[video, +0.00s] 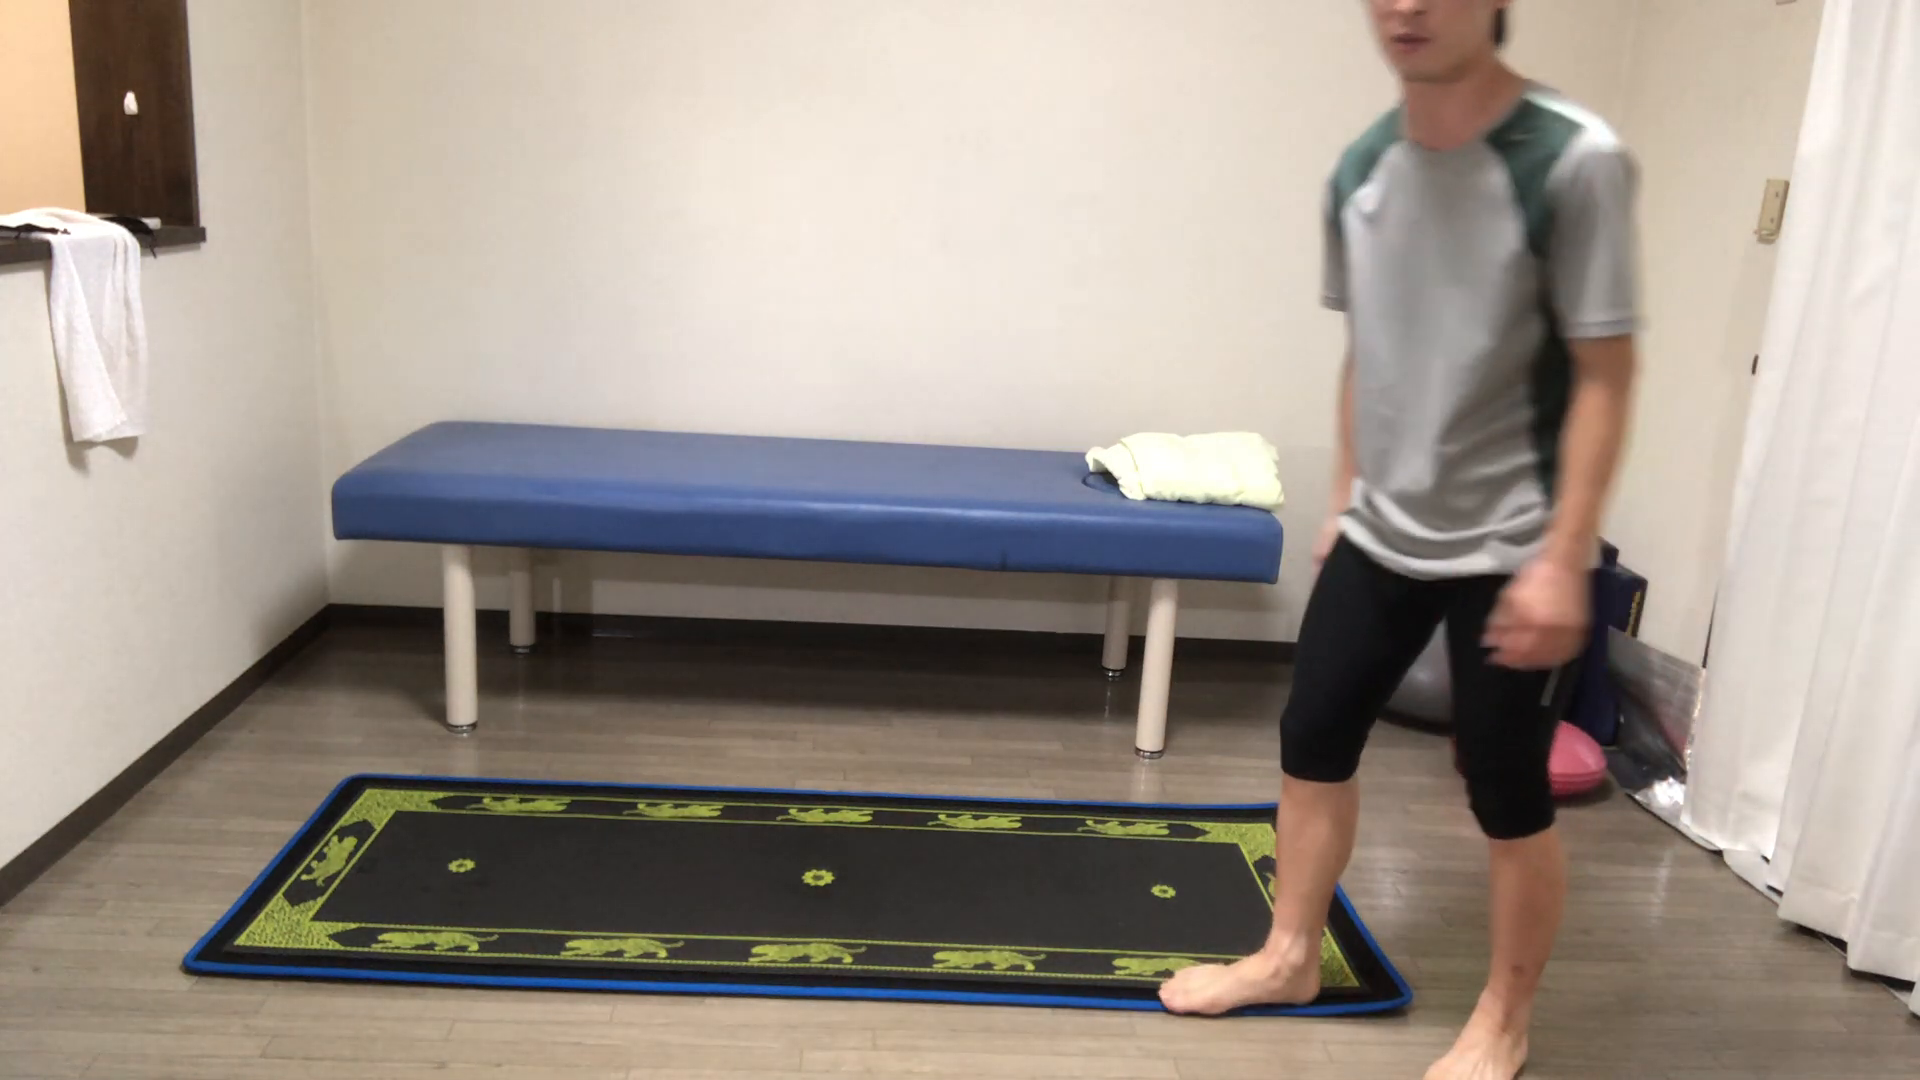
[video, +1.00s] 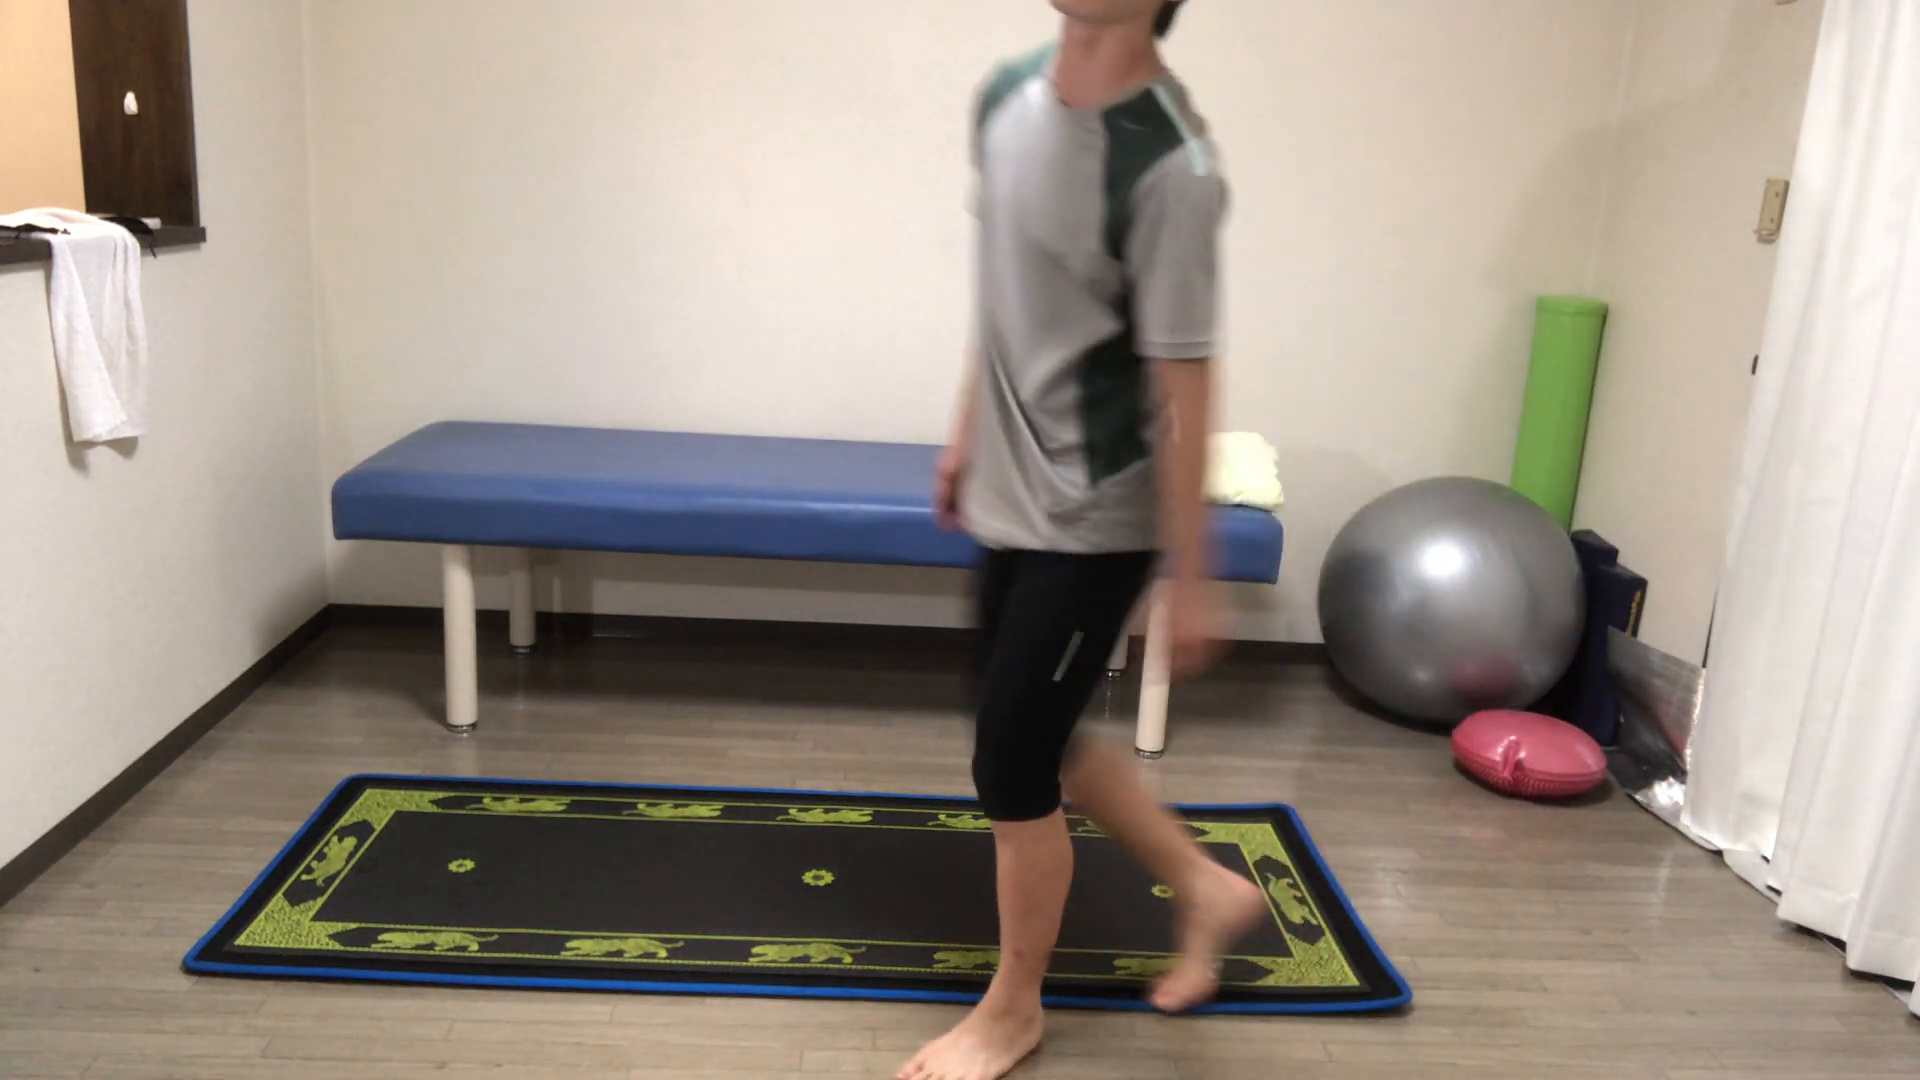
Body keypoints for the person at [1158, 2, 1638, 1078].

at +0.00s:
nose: (1402, 8)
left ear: (1494, 7)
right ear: (1370, 12)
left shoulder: (1574, 159)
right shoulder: (1362, 167)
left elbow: (1604, 375)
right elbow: (1364, 354)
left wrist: (1566, 556)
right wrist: (1345, 505)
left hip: (1513, 538)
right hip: (1386, 523)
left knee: (1506, 789)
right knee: (1314, 735)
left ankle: (1504, 1021)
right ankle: (1290, 956)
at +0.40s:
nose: (1233, 11)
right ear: (1201, 12)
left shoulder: (1408, 126)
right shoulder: (1229, 163)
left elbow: (1471, 328)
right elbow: (1239, 343)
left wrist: (1394, 499)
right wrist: (1199, 493)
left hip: (1370, 528)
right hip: (1257, 520)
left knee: (1332, 778)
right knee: (1268, 752)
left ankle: (1447, 978)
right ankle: (1287, 955)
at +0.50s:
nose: (1213, 10)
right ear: (1177, 9)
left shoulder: (1381, 125)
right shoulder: (1197, 160)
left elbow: (1445, 332)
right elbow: (1201, 342)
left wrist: (1398, 503)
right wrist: (1180, 494)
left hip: (1335, 518)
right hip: (1228, 515)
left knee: (1265, 758)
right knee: (1248, 757)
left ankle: (1365, 973)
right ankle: (1285, 958)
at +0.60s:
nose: (1185, 6)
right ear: (1153, 7)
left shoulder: (1351, 128)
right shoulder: (1165, 154)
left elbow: (1419, 337)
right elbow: (1169, 340)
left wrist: (1405, 515)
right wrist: (1155, 493)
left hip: (1312, 511)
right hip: (1203, 510)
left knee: (1202, 751)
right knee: (1245, 739)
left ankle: (1231, 974)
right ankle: (1287, 951)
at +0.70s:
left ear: (1246, 2)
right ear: (1129, 8)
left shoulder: (1310, 139)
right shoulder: (1135, 148)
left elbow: (1383, 332)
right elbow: (1137, 328)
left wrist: (1400, 519)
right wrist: (1121, 483)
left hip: (1275, 512)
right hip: (1171, 509)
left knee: (1152, 744)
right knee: (1234, 741)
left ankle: (1077, 1008)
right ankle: (1286, 953)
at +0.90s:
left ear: (1185, 3)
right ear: (1091, 1)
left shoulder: (1214, 164)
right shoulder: (1050, 124)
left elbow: (1269, 362)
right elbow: (1060, 314)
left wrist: (1302, 543)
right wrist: (1026, 456)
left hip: (1159, 523)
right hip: (1078, 508)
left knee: (1037, 763)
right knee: (1150, 740)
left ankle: (1012, 1013)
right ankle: (1272, 928)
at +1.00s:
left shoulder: (1173, 168)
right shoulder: (1007, 95)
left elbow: (1185, 382)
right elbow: (1004, 293)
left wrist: (1190, 574)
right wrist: (968, 429)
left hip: (1103, 511)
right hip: (1008, 486)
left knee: (1017, 762)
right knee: (1032, 729)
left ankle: (1012, 1011)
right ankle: (1210, 886)